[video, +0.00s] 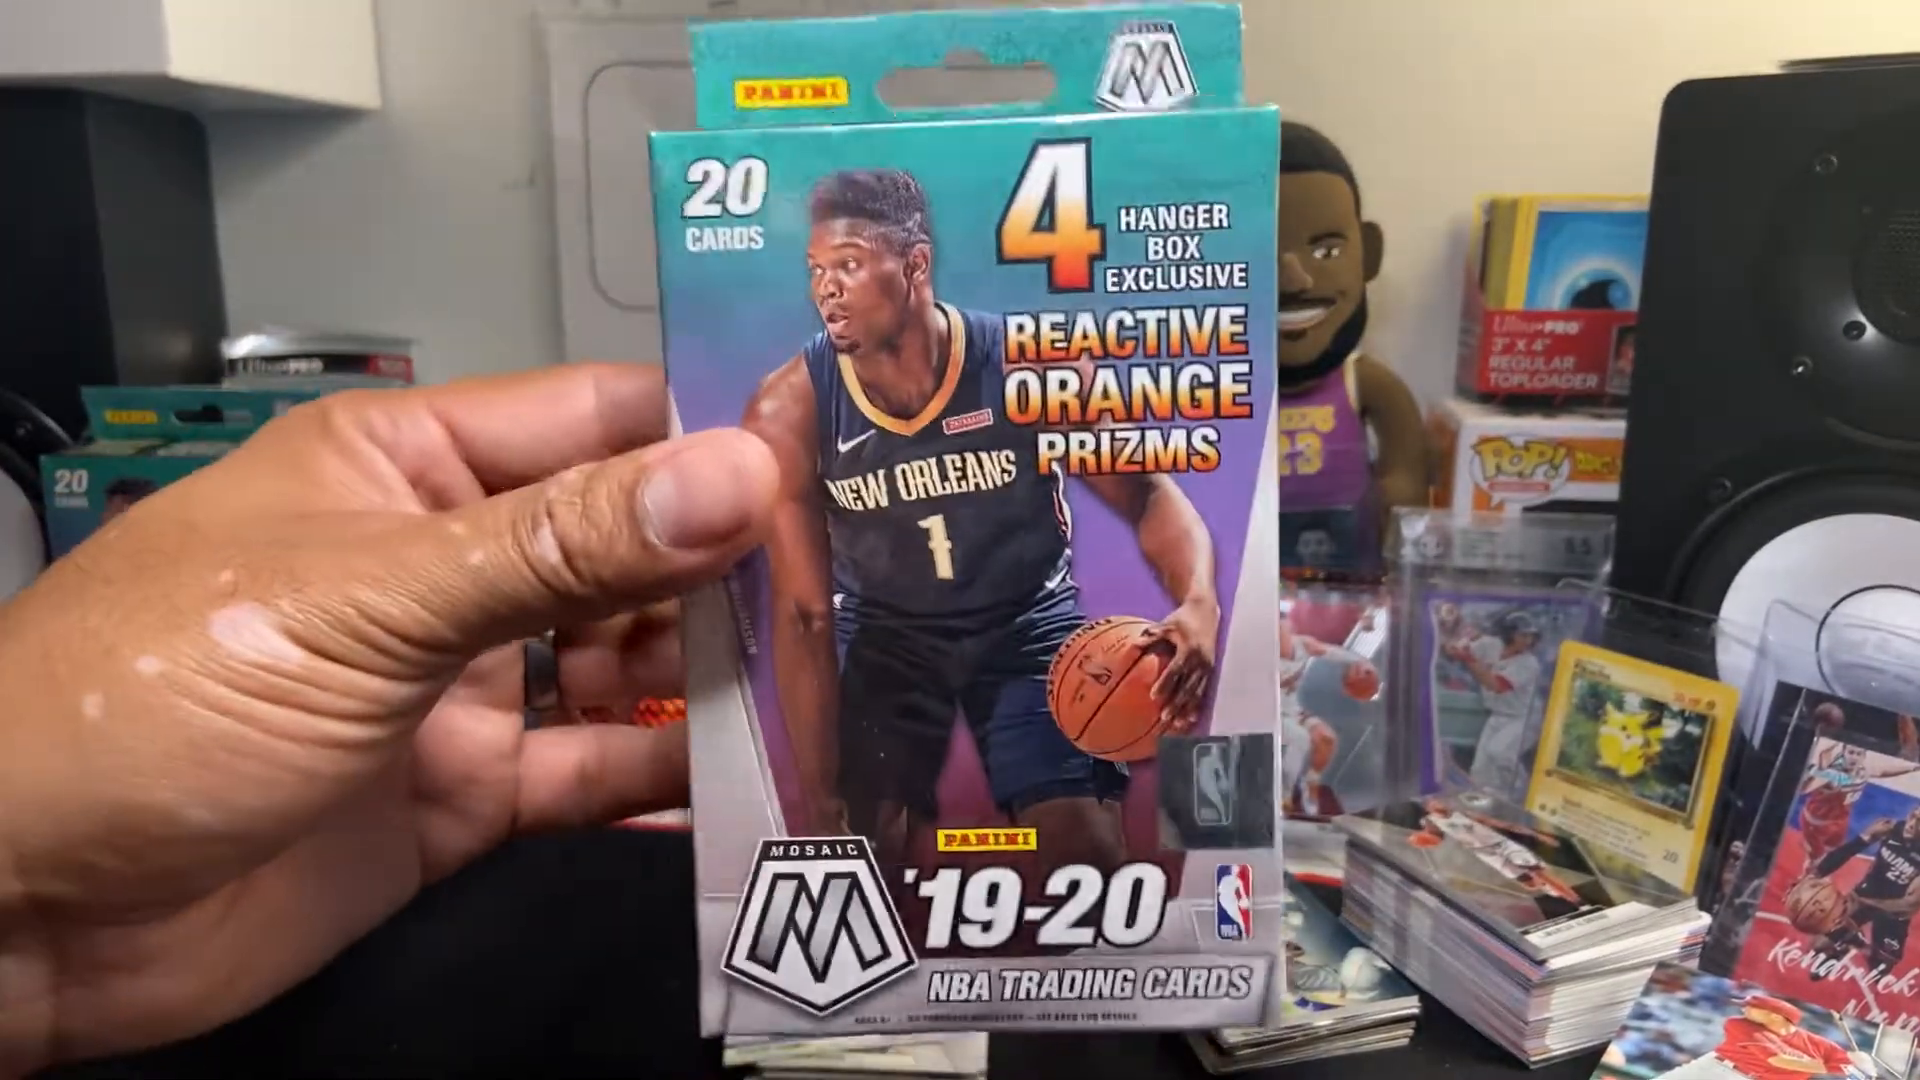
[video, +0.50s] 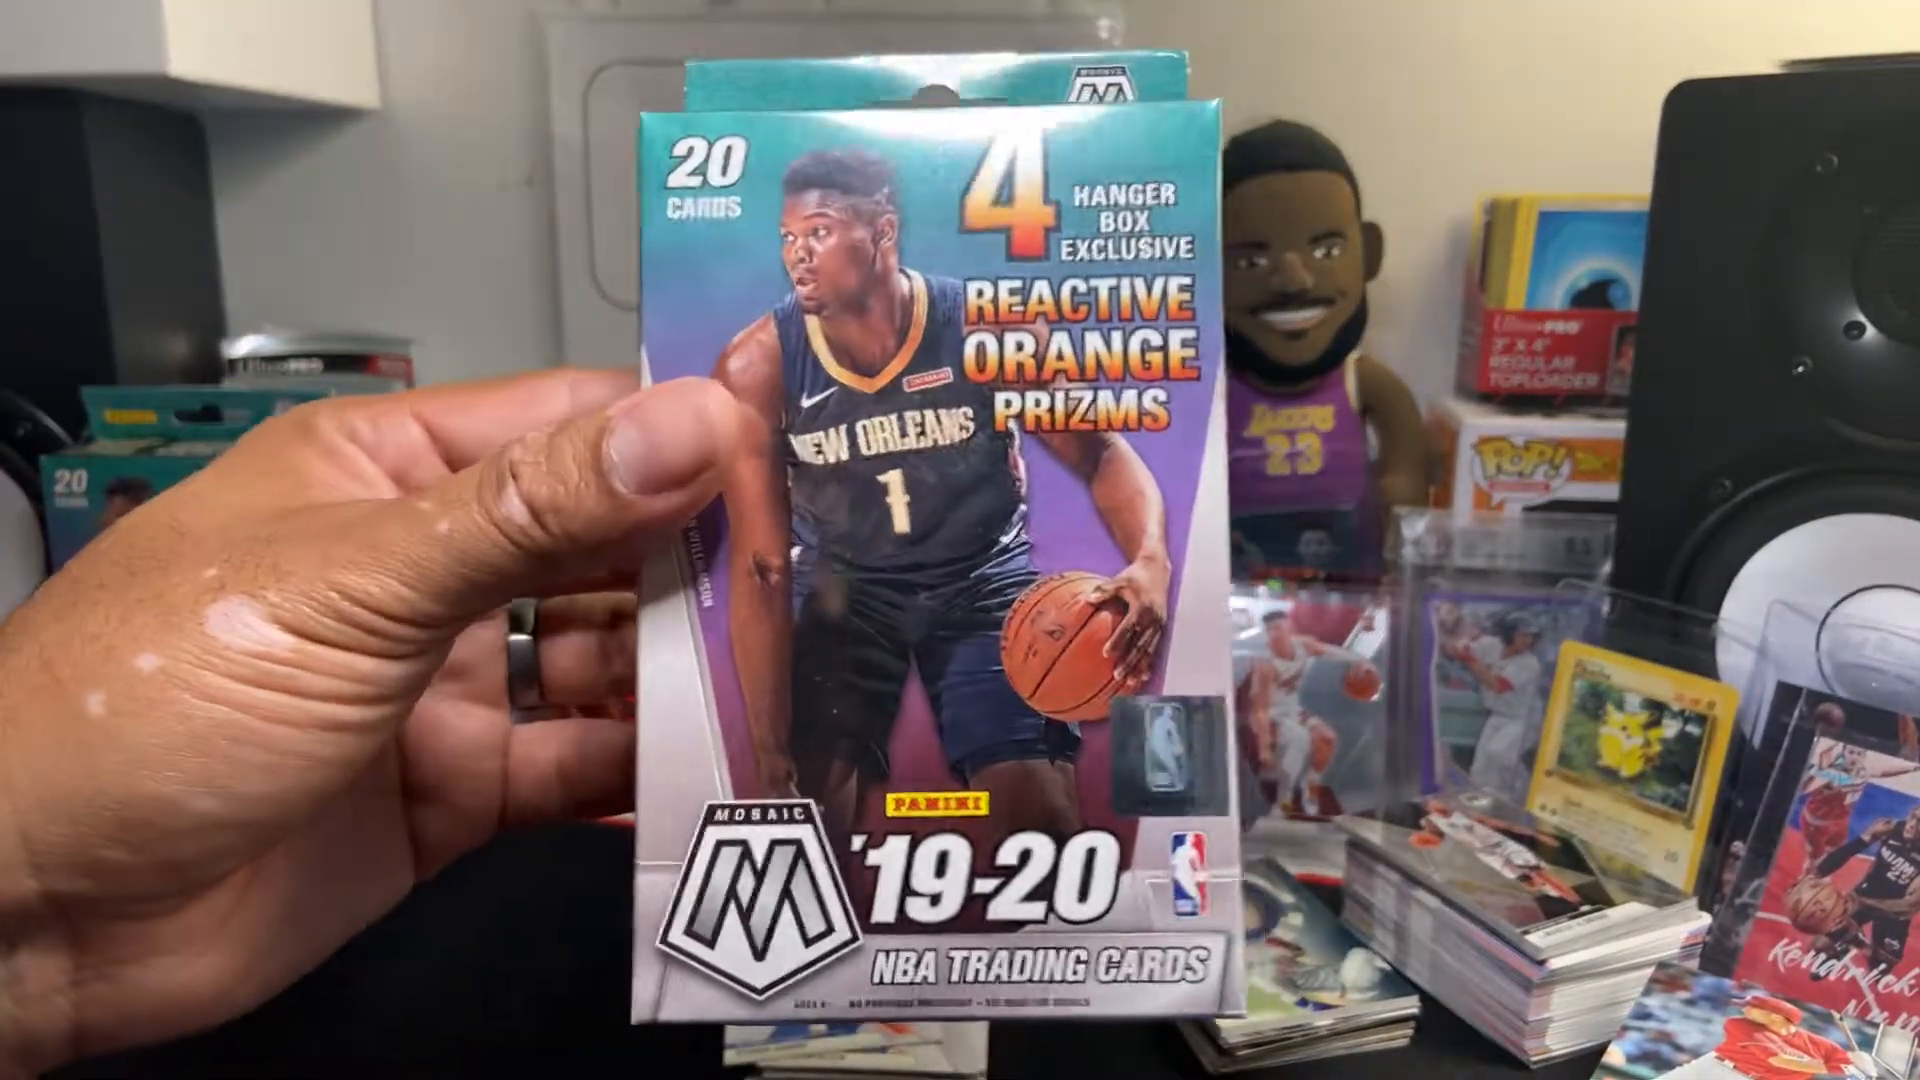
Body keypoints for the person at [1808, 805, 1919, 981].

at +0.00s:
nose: (1913, 824)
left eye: (1919, 822)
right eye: (1913, 817)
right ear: (1908, 815)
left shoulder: (1917, 857)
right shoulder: (1888, 829)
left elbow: (1909, 905)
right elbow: (1850, 849)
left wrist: (1862, 904)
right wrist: (1817, 872)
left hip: (1895, 911)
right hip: (1865, 897)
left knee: (1879, 970)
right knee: (1819, 947)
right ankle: (1844, 946)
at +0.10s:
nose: (1912, 824)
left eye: (1918, 822)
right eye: (1913, 817)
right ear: (1908, 815)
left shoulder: (1917, 856)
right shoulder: (1889, 829)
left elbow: (1909, 905)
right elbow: (1849, 850)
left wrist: (1863, 904)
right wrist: (1817, 872)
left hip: (1895, 911)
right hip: (1865, 897)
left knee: (1879, 970)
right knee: (1820, 945)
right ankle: (1843, 947)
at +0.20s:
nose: (1913, 824)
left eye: (1919, 822)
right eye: (1913, 817)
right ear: (1909, 815)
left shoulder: (1917, 856)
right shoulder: (1889, 829)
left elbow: (1909, 905)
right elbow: (1850, 849)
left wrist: (1863, 904)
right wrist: (1817, 872)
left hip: (1896, 911)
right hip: (1865, 896)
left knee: (1880, 969)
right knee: (1820, 945)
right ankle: (1843, 947)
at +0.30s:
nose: (1912, 824)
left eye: (1918, 822)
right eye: (1913, 817)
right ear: (1909, 815)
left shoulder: (1917, 856)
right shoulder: (1888, 829)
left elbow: (1909, 905)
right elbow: (1849, 849)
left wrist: (1863, 904)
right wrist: (1817, 872)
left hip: (1896, 912)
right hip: (1864, 898)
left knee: (1880, 970)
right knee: (1820, 946)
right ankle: (1842, 949)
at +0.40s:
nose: (1912, 824)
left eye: (1918, 822)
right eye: (1913, 817)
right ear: (1908, 815)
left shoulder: (1917, 857)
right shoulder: (1888, 829)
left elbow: (1909, 905)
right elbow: (1849, 850)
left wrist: (1862, 904)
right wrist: (1816, 874)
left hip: (1896, 911)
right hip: (1865, 897)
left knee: (1880, 969)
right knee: (1819, 946)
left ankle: (1855, 940)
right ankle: (1840, 951)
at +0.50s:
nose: (1912, 824)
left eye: (1919, 822)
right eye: (1913, 817)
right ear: (1908, 815)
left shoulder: (1918, 857)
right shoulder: (1888, 829)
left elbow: (1910, 905)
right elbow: (1849, 850)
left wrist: (1862, 903)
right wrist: (1816, 874)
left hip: (1896, 911)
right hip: (1864, 897)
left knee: (1880, 969)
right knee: (1819, 946)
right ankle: (1841, 950)